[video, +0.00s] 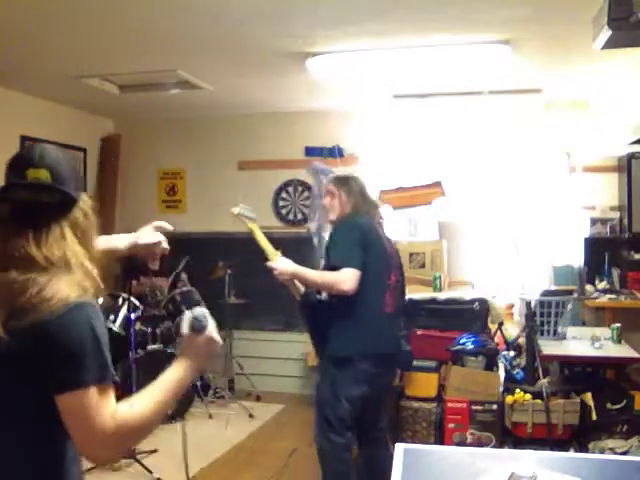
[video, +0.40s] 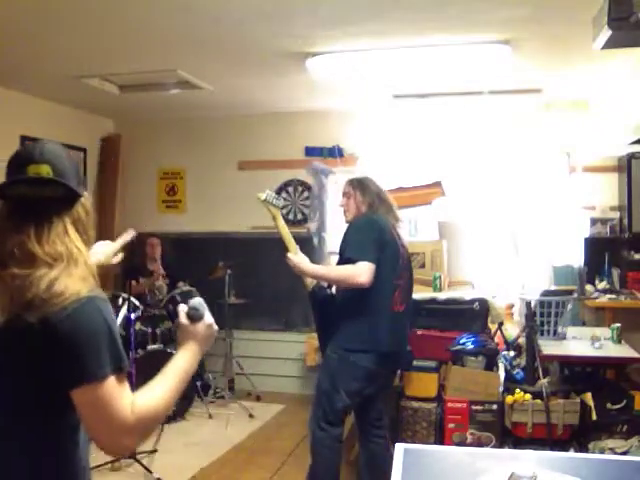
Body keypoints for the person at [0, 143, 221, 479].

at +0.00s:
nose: (90, 217)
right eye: (84, 206)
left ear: (8, 213)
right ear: (73, 218)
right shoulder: (65, 311)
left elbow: (51, 255)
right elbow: (103, 440)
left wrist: (127, 243)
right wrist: (189, 363)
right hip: (45, 470)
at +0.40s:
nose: (89, 213)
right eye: (84, 204)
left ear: (5, 211)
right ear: (76, 213)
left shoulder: (6, 290)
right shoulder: (74, 307)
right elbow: (121, 434)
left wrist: (88, 261)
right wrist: (192, 348)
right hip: (52, 471)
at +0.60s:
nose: (126, 222)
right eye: (119, 205)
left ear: (29, 216)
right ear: (109, 217)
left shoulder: (7, 301)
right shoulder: (110, 321)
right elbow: (160, 458)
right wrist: (225, 366)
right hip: (85, 471)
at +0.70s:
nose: (145, 216)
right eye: (138, 202)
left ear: (41, 210)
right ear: (127, 214)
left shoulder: (8, 296)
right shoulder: (131, 323)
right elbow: (186, 461)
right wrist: (251, 368)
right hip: (106, 470)